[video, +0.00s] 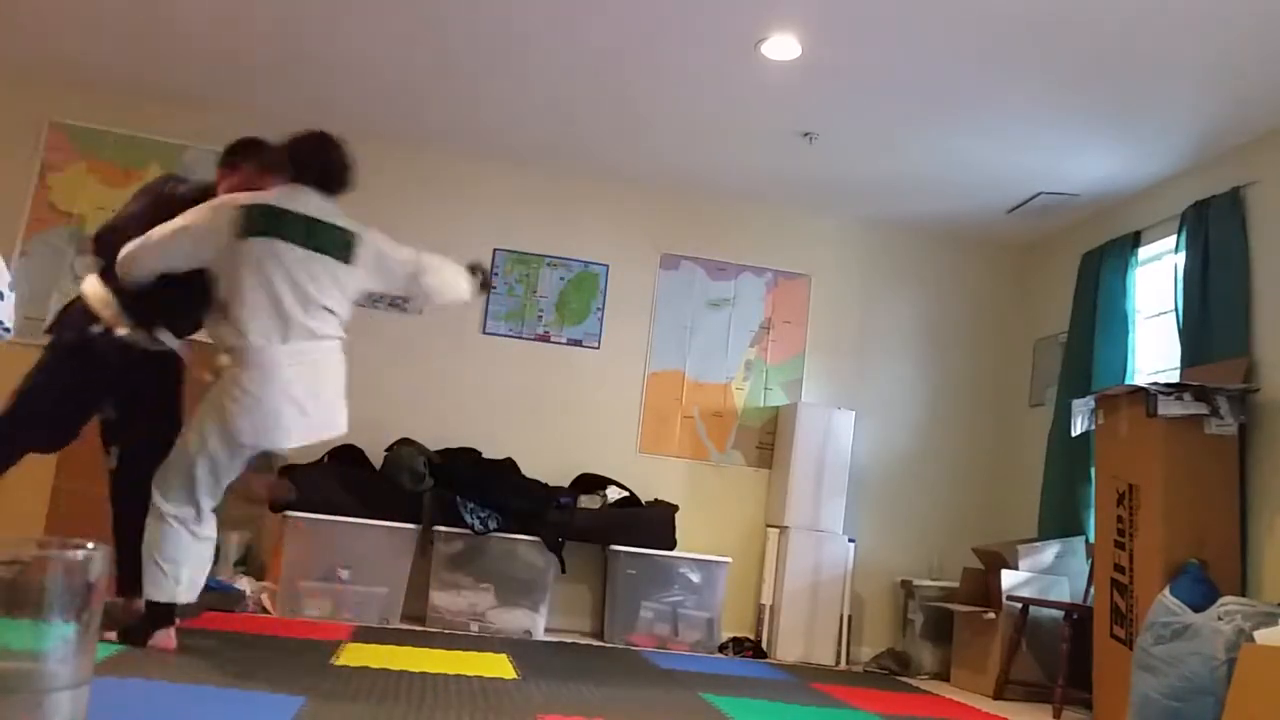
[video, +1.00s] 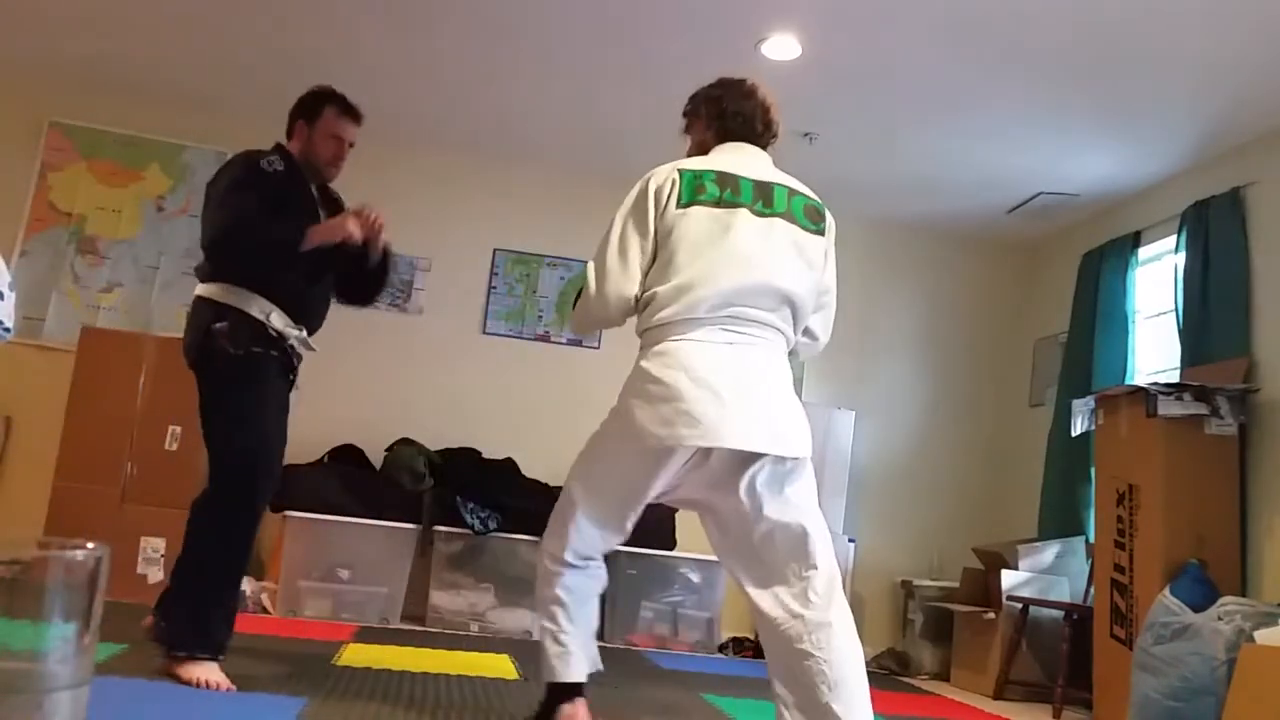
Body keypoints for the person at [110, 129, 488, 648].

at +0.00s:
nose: (257, 175)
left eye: (270, 166)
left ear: (282, 167)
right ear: (337, 183)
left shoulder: (238, 214)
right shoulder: (355, 241)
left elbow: (137, 259)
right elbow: (427, 278)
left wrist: (129, 272)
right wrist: (473, 278)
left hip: (248, 400)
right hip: (320, 407)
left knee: (180, 494)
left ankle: (160, 621)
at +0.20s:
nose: (284, 188)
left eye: (291, 179)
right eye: (277, 174)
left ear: (293, 179)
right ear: (244, 164)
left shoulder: (286, 228)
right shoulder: (185, 196)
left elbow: (336, 264)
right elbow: (138, 259)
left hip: (200, 359)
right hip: (140, 336)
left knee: (162, 480)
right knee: (117, 437)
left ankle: (131, 597)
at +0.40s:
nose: (293, 190)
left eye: (300, 179)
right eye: (284, 176)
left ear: (304, 178)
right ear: (249, 169)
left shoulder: (299, 237)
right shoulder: (192, 210)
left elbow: (346, 310)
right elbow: (134, 284)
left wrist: (329, 259)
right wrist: (206, 254)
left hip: (233, 379)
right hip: (181, 364)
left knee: (179, 485)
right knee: (203, 499)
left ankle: (136, 592)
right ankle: (184, 641)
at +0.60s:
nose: (323, 156)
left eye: (330, 146)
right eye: (314, 142)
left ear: (332, 147)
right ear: (279, 133)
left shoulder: (318, 201)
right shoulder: (223, 171)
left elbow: (336, 296)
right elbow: (168, 250)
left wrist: (337, 247)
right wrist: (255, 230)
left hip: (263, 349)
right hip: (211, 333)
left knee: (248, 476)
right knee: (221, 477)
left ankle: (161, 579)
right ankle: (186, 646)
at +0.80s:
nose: (334, 132)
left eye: (341, 124)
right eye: (327, 117)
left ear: (340, 127)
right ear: (292, 104)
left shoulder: (329, 176)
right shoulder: (240, 140)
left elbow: (373, 257)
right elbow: (216, 215)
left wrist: (369, 202)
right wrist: (289, 177)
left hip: (283, 334)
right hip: (230, 316)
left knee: (242, 480)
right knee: (225, 476)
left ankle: (195, 621)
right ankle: (185, 644)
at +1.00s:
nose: (342, 154)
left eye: (350, 145)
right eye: (334, 140)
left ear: (350, 149)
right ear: (300, 131)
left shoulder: (327, 205)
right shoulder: (255, 170)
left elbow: (356, 289)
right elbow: (233, 245)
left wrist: (373, 249)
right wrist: (321, 234)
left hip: (274, 348)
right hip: (236, 332)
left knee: (246, 489)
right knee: (242, 489)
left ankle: (178, 614)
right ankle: (192, 646)